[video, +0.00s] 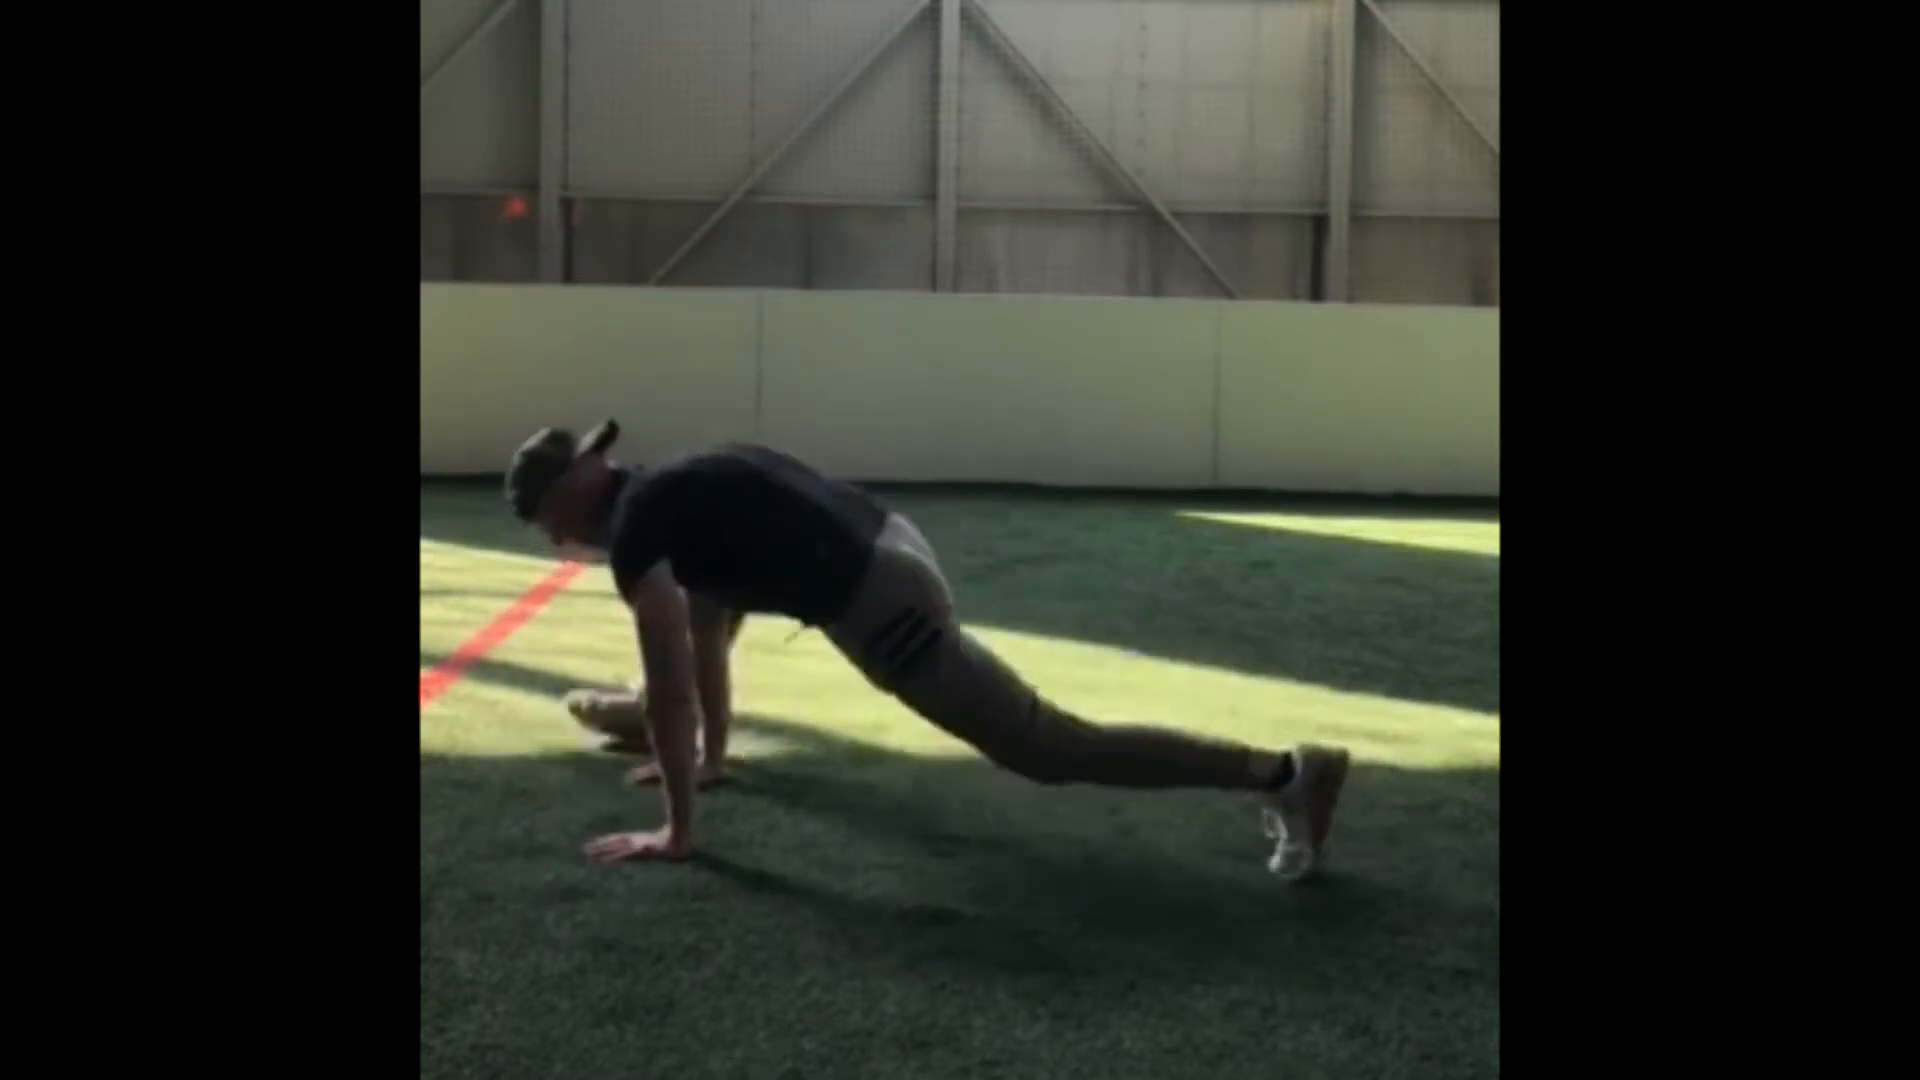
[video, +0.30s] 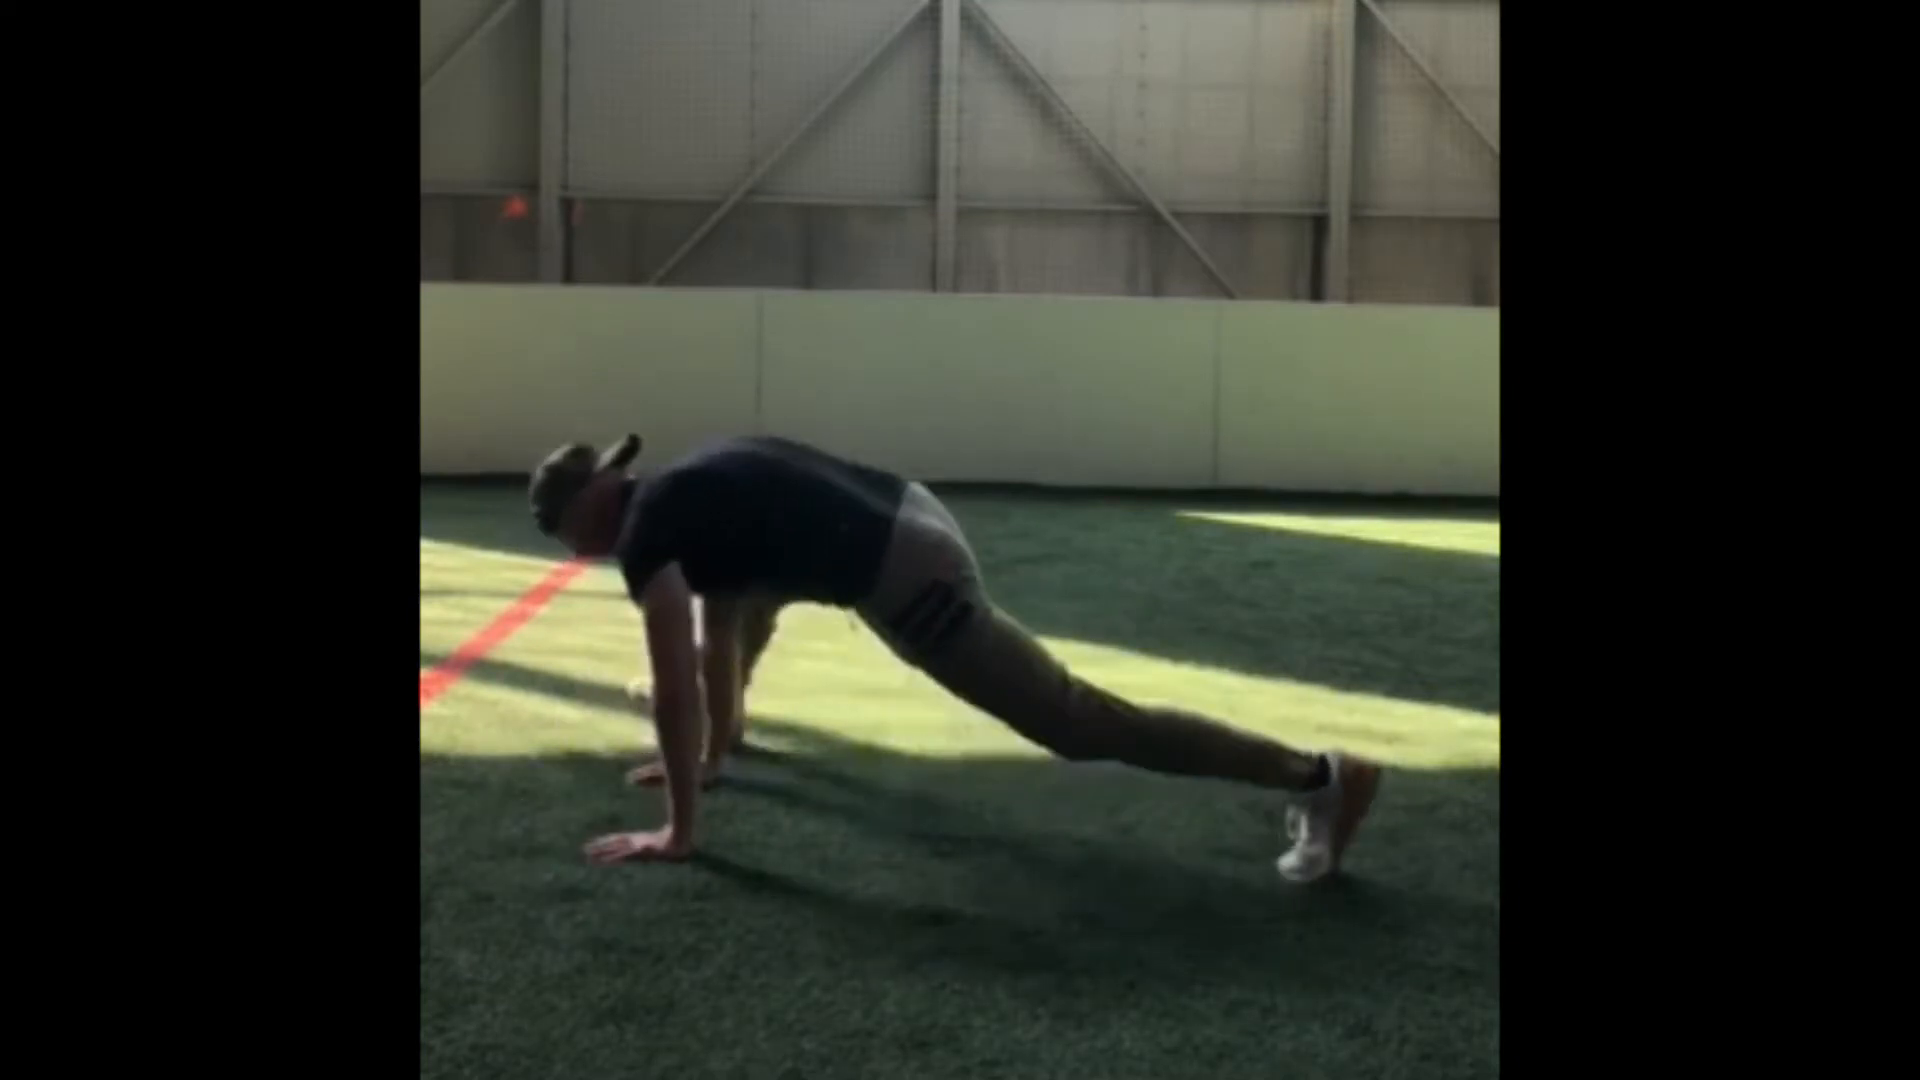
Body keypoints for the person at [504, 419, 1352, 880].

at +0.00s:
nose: (555, 540)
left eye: (548, 525)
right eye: (545, 527)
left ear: (577, 495)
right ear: (600, 472)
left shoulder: (637, 533)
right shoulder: (682, 485)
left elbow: (674, 691)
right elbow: (710, 643)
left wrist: (676, 832)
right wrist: (700, 738)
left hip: (879, 598)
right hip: (894, 545)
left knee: (1042, 747)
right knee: (692, 585)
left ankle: (1284, 779)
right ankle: (688, 726)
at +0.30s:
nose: (582, 556)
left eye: (574, 542)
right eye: (573, 543)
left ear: (592, 512)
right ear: (616, 481)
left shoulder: (647, 535)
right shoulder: (691, 482)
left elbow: (678, 687)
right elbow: (729, 627)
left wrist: (678, 829)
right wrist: (704, 735)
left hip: (907, 572)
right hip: (917, 524)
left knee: (1078, 723)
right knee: (740, 563)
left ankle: (1319, 781)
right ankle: (723, 732)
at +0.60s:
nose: (570, 562)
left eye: (562, 546)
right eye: (559, 551)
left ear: (580, 511)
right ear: (597, 489)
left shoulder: (642, 534)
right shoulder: (682, 501)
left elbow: (669, 694)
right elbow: (718, 652)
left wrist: (677, 829)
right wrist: (710, 752)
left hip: (914, 557)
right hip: (911, 540)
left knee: (1097, 687)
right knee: (970, 716)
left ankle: (1340, 780)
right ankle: (1166, 681)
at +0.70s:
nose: (580, 562)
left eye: (571, 546)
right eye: (569, 550)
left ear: (591, 511)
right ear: (611, 489)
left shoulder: (650, 535)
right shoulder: (693, 503)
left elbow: (673, 690)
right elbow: (728, 651)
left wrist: (679, 826)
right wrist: (717, 754)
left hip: (919, 589)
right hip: (925, 562)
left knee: (1075, 728)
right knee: (1060, 716)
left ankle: (1341, 786)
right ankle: (1269, 743)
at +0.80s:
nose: (583, 561)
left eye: (574, 546)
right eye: (572, 551)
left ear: (593, 511)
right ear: (613, 489)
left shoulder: (652, 536)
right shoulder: (698, 502)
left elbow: (676, 696)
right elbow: (732, 661)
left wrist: (679, 833)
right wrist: (710, 760)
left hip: (919, 581)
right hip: (940, 540)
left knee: (1038, 774)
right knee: (1073, 709)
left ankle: (1283, 760)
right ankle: (1282, 739)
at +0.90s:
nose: (582, 563)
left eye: (572, 548)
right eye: (569, 553)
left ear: (593, 508)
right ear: (610, 489)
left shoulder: (657, 534)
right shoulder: (693, 501)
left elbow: (681, 689)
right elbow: (725, 660)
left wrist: (678, 831)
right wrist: (704, 763)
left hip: (901, 549)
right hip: (941, 515)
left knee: (881, 761)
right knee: (1081, 677)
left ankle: (1119, 749)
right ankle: (1300, 735)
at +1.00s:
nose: (579, 562)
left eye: (569, 547)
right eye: (568, 552)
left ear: (589, 512)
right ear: (607, 494)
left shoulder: (654, 523)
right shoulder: (683, 502)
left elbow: (678, 678)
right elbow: (717, 657)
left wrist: (678, 827)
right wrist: (694, 765)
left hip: (887, 537)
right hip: (935, 529)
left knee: (714, 635)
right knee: (1077, 675)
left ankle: (878, 814)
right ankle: (1299, 734)